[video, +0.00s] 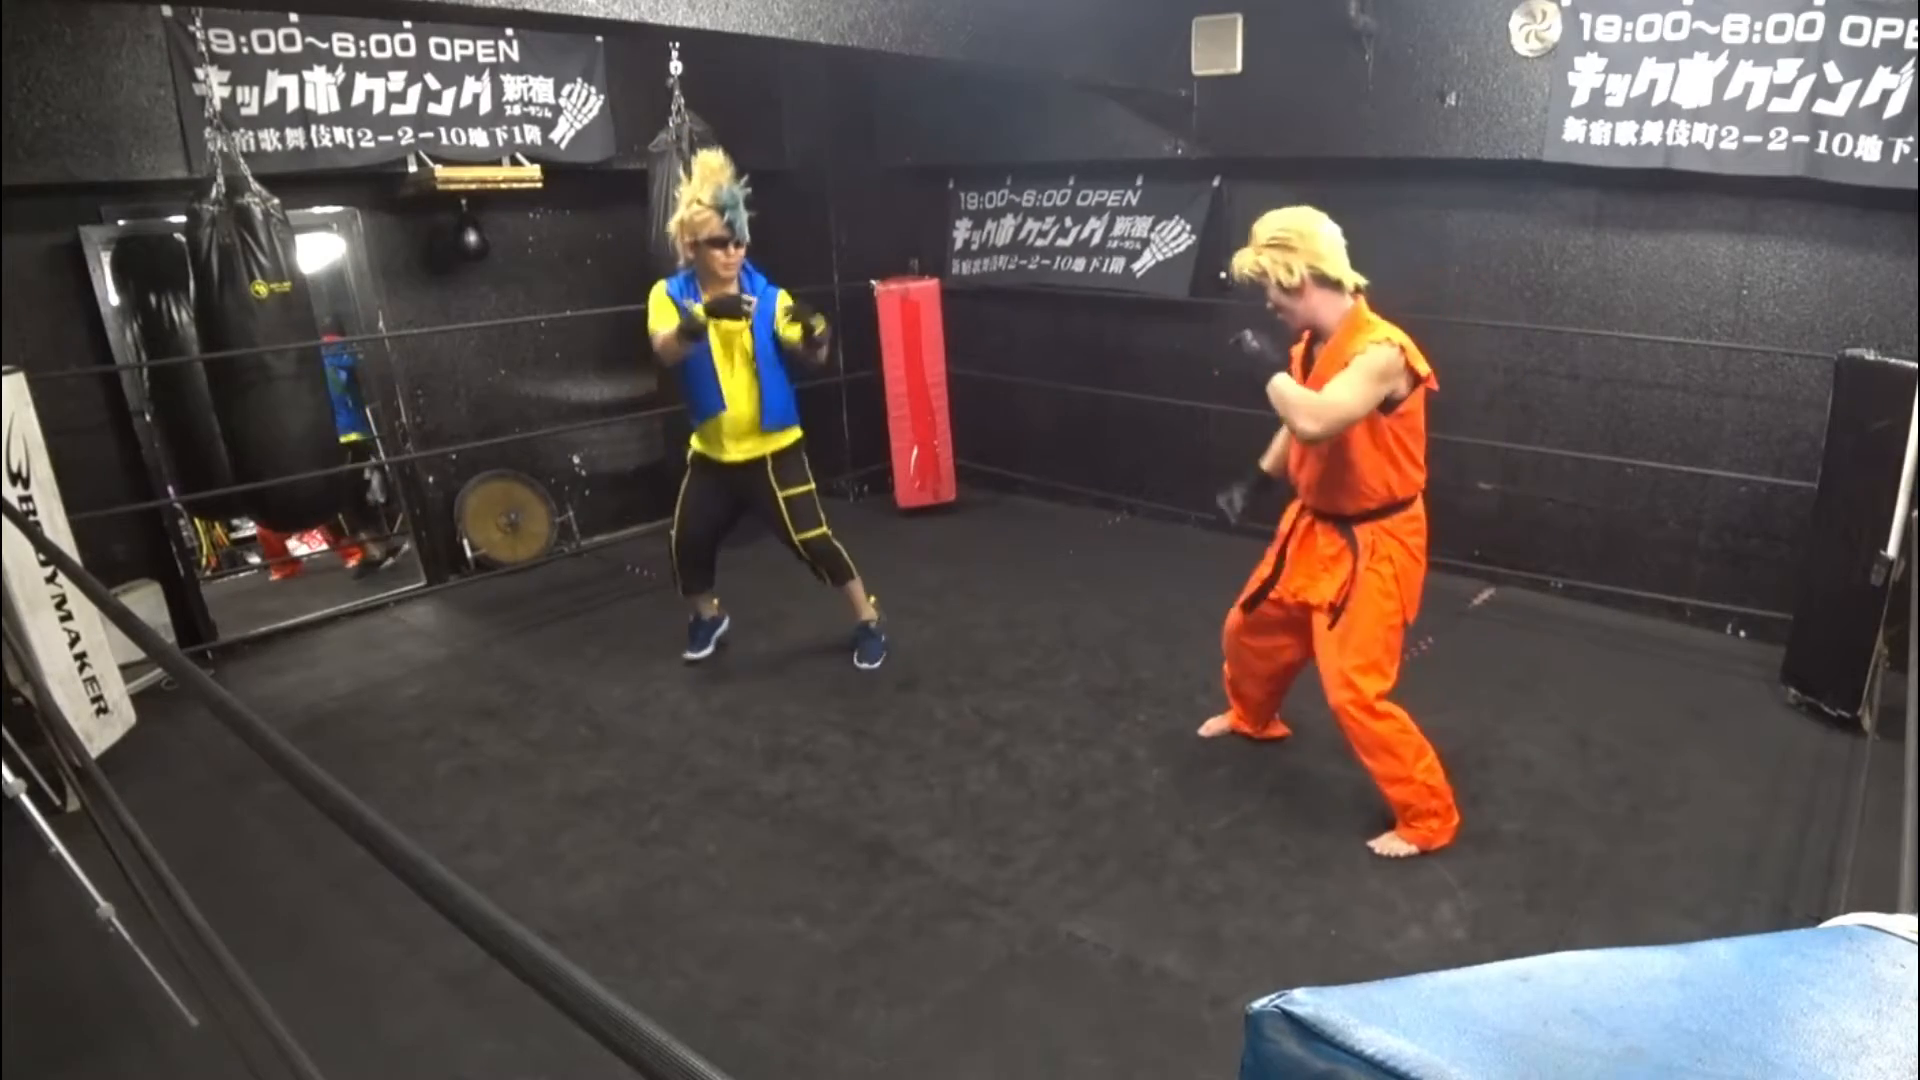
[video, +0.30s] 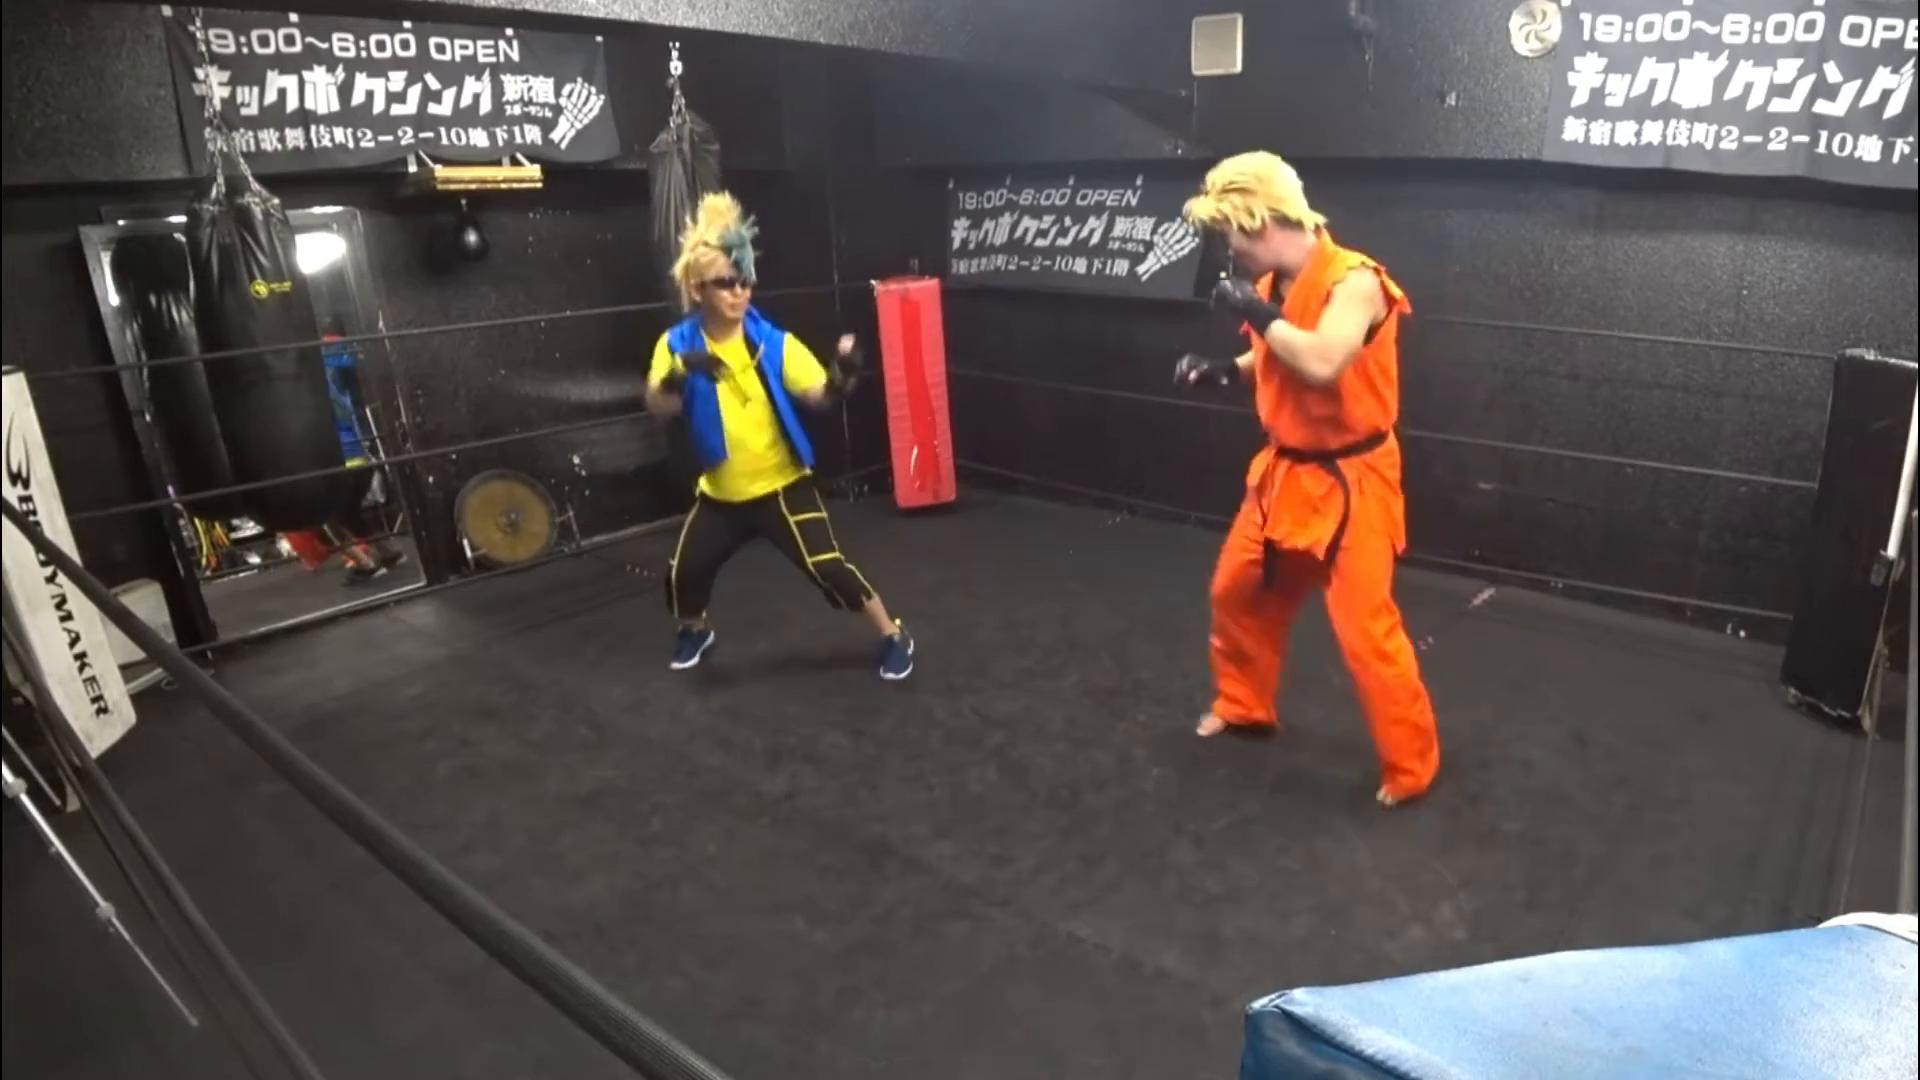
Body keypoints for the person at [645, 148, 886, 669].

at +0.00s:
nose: (731, 256)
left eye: (737, 244)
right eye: (718, 246)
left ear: (745, 247)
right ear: (691, 249)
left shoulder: (767, 295)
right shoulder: (669, 296)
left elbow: (810, 358)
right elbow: (664, 352)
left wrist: (818, 339)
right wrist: (700, 320)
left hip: (776, 444)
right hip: (713, 451)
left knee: (811, 539)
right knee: (687, 544)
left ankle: (867, 618)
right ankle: (708, 616)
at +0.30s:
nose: (739, 294)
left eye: (744, 283)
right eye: (726, 285)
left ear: (751, 286)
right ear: (697, 291)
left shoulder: (769, 339)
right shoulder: (677, 344)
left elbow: (815, 396)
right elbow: (658, 406)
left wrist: (839, 378)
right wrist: (682, 377)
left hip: (784, 486)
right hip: (721, 493)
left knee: (826, 566)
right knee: (685, 573)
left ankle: (892, 635)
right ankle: (695, 631)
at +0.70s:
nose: (737, 250)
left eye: (741, 240)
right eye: (723, 241)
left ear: (749, 242)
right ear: (694, 246)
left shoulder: (762, 291)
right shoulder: (667, 291)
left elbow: (802, 347)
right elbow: (664, 354)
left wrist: (808, 337)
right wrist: (705, 330)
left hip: (766, 440)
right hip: (701, 446)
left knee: (810, 533)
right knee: (683, 547)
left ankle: (847, 620)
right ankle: (688, 624)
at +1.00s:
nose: (728, 280)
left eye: (732, 269)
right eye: (715, 270)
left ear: (739, 272)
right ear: (686, 278)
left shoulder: (753, 326)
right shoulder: (663, 335)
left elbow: (789, 372)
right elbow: (686, 402)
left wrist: (810, 406)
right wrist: (722, 375)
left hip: (742, 470)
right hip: (685, 476)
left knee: (779, 546)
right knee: (681, 566)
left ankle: (813, 622)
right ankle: (682, 633)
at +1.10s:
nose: (731, 262)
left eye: (734, 251)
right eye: (717, 252)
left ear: (741, 255)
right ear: (688, 261)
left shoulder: (745, 306)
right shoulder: (668, 311)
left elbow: (767, 368)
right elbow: (707, 373)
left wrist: (766, 419)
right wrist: (726, 328)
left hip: (725, 446)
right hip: (669, 453)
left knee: (766, 531)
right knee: (677, 549)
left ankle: (793, 618)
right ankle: (683, 629)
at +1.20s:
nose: (731, 247)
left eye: (733, 237)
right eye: (718, 239)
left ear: (736, 241)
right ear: (691, 250)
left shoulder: (739, 291)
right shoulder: (671, 293)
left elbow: (744, 349)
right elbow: (719, 355)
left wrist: (735, 385)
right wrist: (736, 304)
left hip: (711, 427)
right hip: (660, 430)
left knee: (747, 519)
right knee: (672, 531)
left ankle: (751, 613)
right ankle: (678, 624)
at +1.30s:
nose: (733, 264)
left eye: (734, 253)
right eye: (720, 256)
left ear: (740, 257)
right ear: (692, 265)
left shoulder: (733, 304)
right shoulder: (677, 310)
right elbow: (731, 370)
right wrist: (742, 312)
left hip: (700, 433)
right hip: (649, 435)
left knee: (734, 518)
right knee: (669, 533)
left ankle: (747, 613)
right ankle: (679, 631)